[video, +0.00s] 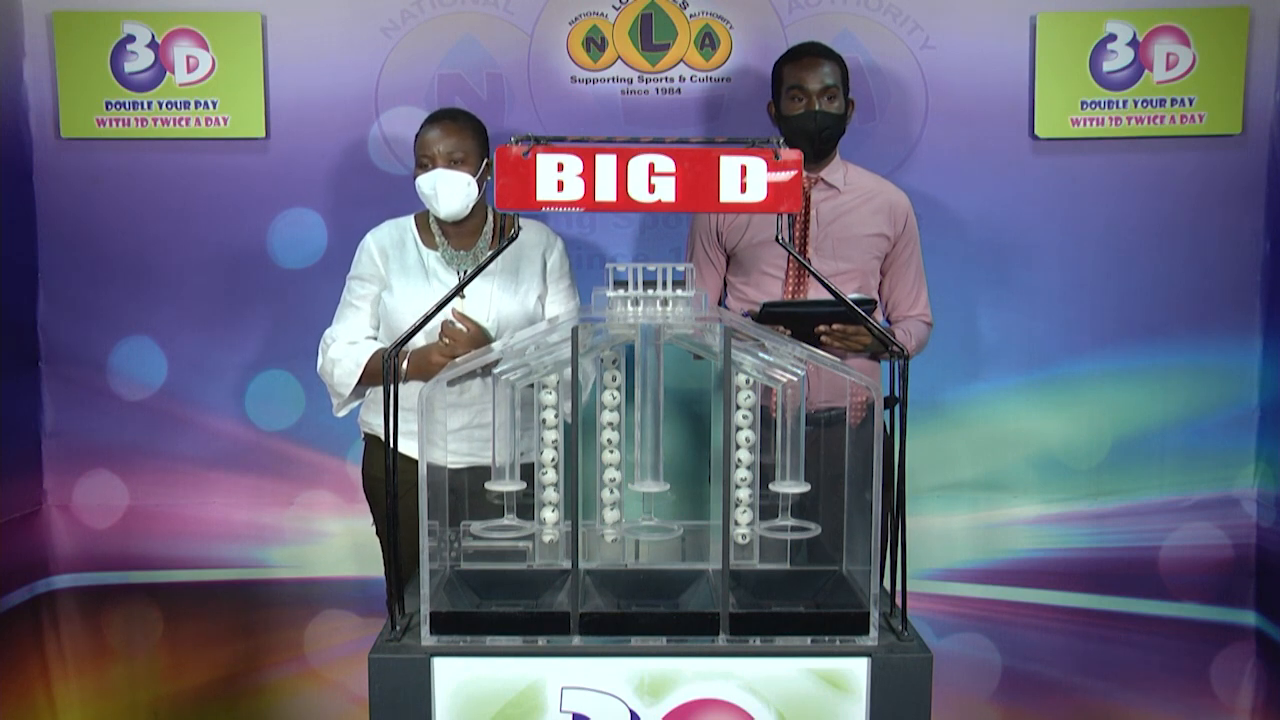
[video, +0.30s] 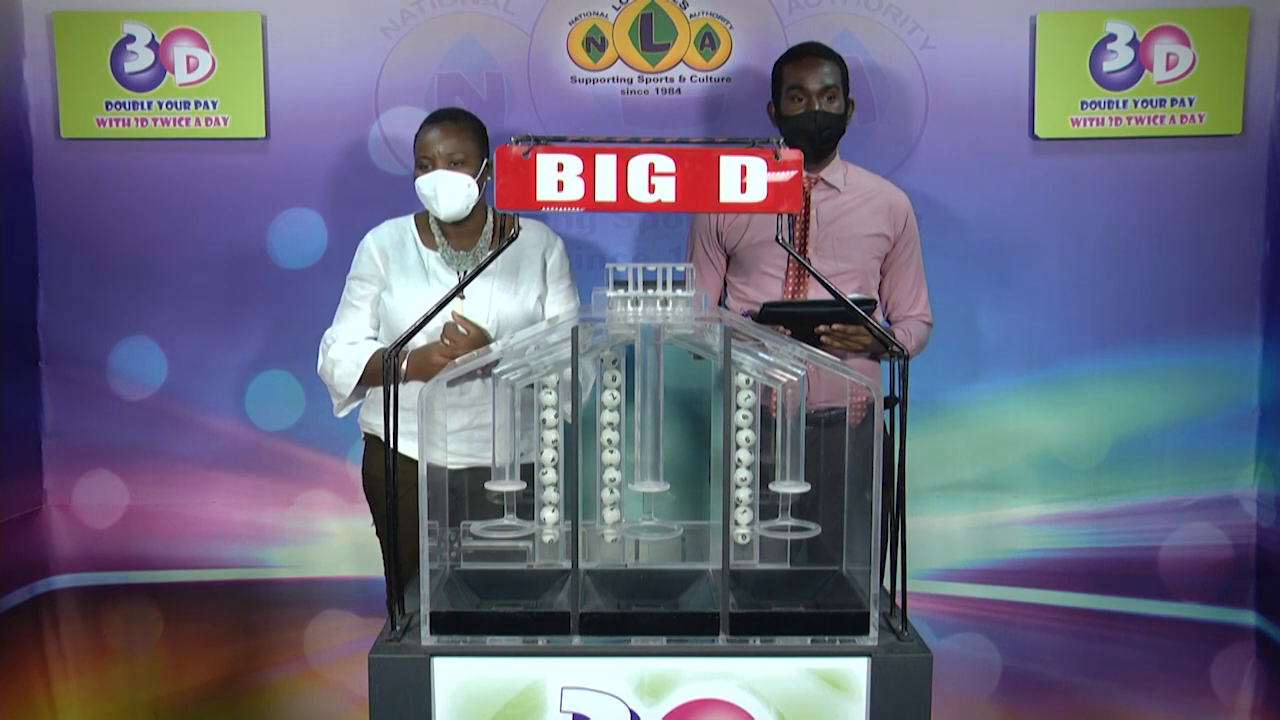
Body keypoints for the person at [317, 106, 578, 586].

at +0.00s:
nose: (440, 178)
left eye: (455, 163)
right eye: (427, 165)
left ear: (484, 167)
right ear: (415, 171)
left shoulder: (539, 247)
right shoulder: (383, 247)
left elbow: (568, 360)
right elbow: (337, 359)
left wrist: (493, 358)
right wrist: (416, 362)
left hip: (506, 465)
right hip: (403, 465)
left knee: (499, 619)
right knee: (414, 616)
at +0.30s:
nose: (440, 179)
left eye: (456, 163)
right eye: (427, 165)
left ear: (485, 167)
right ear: (415, 171)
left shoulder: (539, 247)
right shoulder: (382, 248)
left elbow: (569, 360)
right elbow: (338, 360)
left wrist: (493, 359)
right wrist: (416, 362)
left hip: (507, 466)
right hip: (404, 466)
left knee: (501, 621)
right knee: (415, 619)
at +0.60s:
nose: (446, 178)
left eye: (461, 163)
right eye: (432, 164)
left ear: (487, 167)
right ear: (419, 168)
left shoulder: (538, 248)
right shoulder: (381, 248)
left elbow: (568, 362)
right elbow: (337, 360)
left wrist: (494, 359)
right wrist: (413, 361)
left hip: (507, 466)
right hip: (404, 466)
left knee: (501, 619)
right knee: (415, 617)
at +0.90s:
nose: (449, 174)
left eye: (465, 161)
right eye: (435, 159)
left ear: (491, 167)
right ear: (421, 165)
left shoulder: (538, 247)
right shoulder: (381, 247)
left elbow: (567, 363)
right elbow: (337, 360)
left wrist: (494, 359)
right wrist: (414, 362)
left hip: (506, 466)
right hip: (404, 465)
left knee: (500, 618)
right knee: (415, 617)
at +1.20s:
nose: (451, 169)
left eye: (468, 158)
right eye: (438, 155)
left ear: (494, 167)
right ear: (424, 163)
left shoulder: (538, 247)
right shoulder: (381, 247)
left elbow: (568, 361)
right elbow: (337, 360)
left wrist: (494, 361)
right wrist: (415, 363)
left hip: (506, 465)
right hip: (404, 465)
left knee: (501, 617)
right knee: (415, 615)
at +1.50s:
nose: (458, 170)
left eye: (476, 158)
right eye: (446, 156)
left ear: (501, 167)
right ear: (428, 165)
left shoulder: (538, 245)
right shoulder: (380, 245)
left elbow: (568, 356)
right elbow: (337, 358)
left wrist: (496, 359)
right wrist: (414, 363)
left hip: (507, 464)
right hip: (405, 465)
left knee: (501, 617)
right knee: (416, 616)